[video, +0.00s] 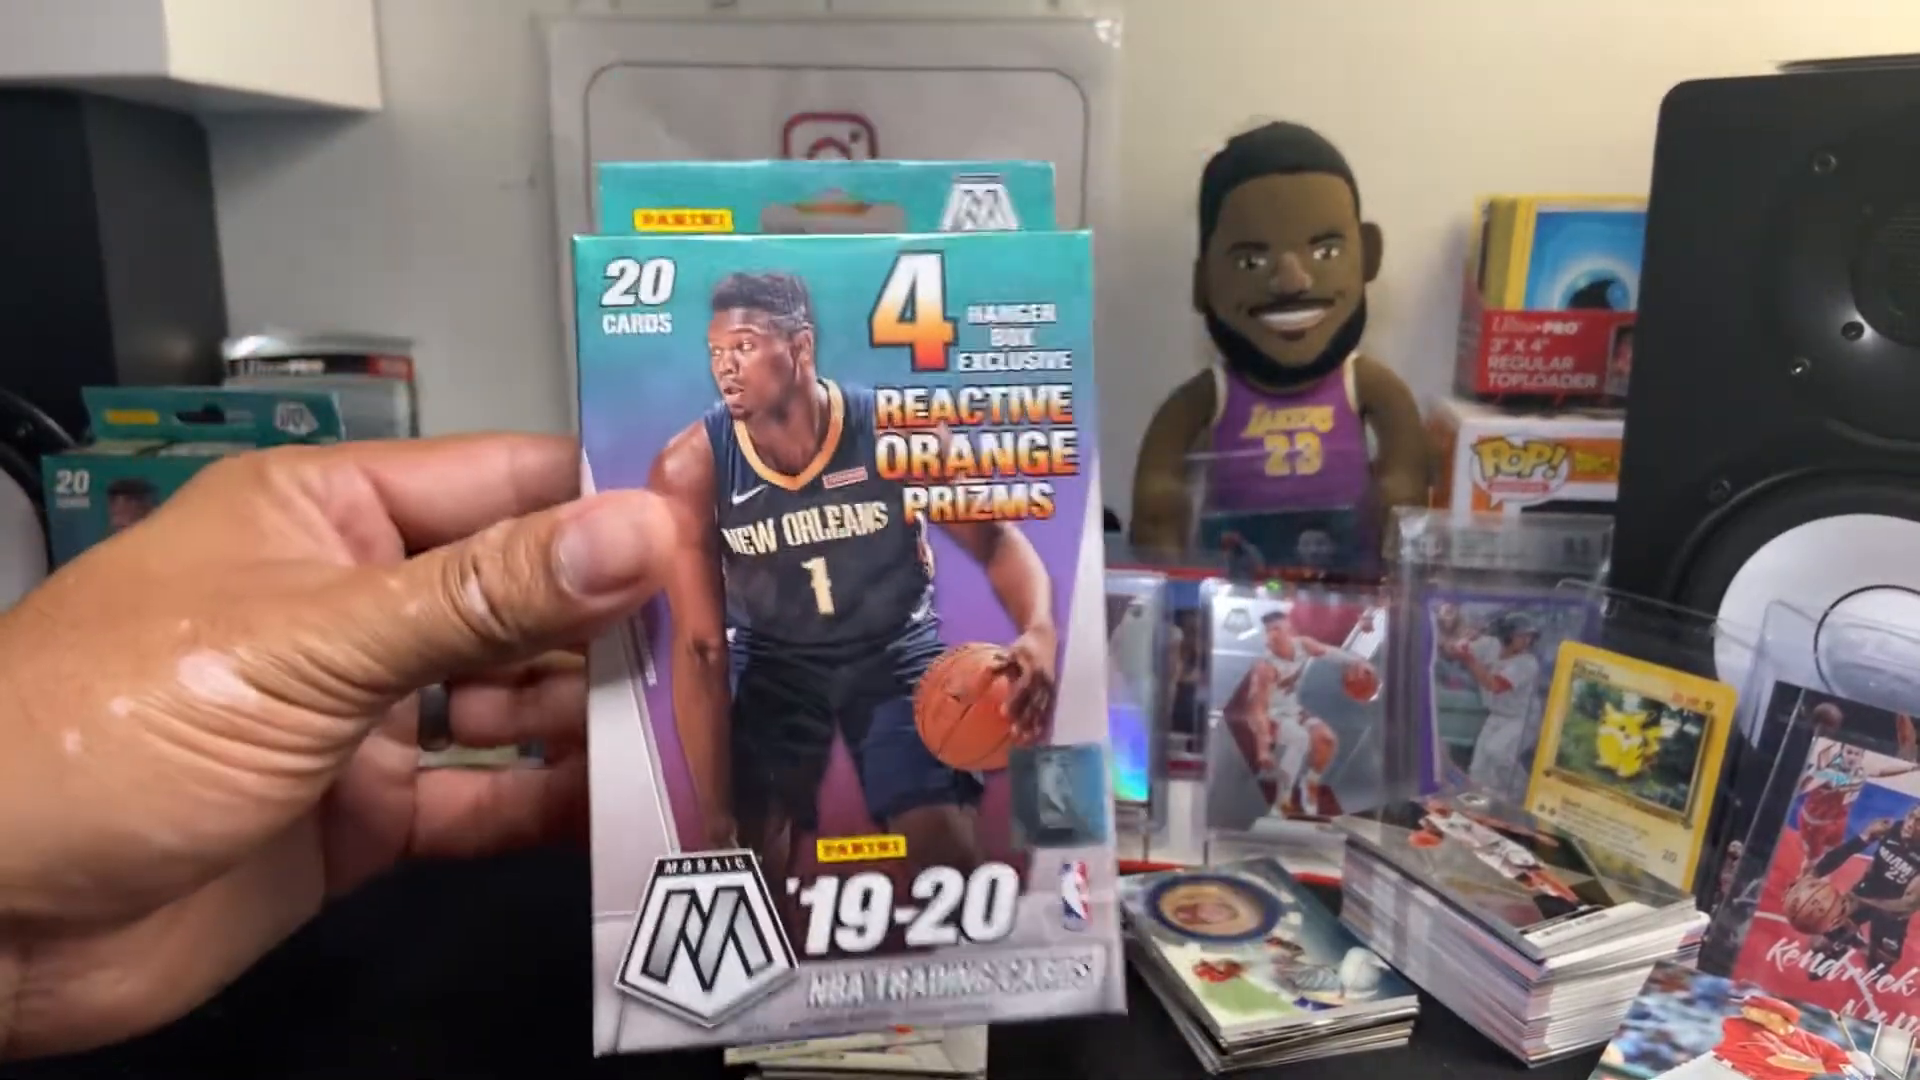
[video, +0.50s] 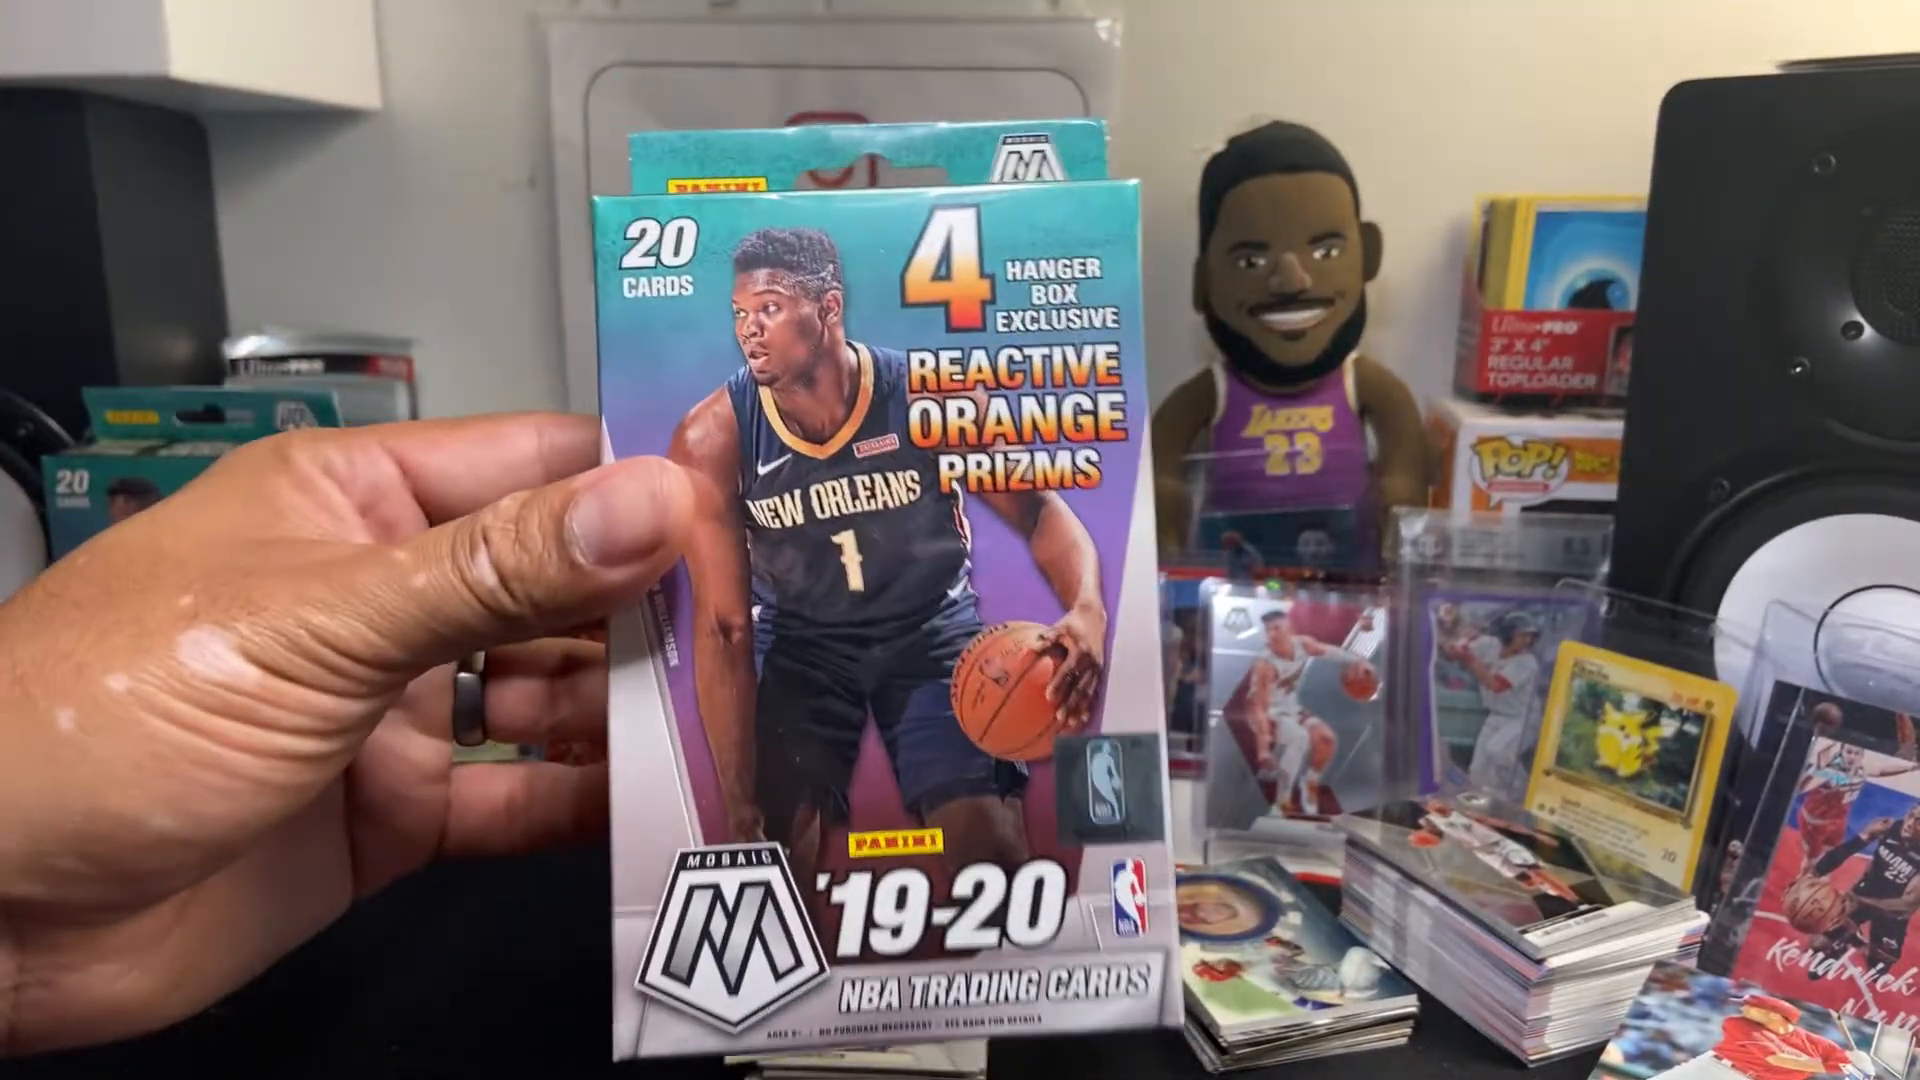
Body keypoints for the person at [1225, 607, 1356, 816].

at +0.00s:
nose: (1274, 635)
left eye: (1278, 629)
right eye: (1270, 630)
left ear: (1289, 629)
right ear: (1266, 634)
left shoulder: (1303, 645)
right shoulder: (1265, 667)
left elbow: (1333, 653)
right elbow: (1257, 710)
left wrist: (1360, 663)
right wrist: (1263, 750)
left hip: (1295, 710)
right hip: (1271, 713)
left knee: (1327, 740)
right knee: (1299, 738)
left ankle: (1311, 785)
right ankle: (1283, 799)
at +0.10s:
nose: (1275, 634)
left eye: (1279, 628)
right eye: (1270, 630)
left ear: (1288, 628)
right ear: (1266, 634)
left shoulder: (1302, 644)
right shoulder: (1264, 666)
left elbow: (1331, 652)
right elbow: (1257, 708)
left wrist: (1359, 662)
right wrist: (1263, 748)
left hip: (1295, 710)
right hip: (1272, 714)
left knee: (1326, 738)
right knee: (1299, 738)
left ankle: (1311, 784)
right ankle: (1283, 798)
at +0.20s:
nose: (1274, 634)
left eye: (1278, 628)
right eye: (1270, 630)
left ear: (1289, 629)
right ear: (1266, 634)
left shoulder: (1303, 645)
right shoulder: (1264, 665)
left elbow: (1331, 652)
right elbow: (1257, 709)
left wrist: (1359, 662)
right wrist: (1263, 750)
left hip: (1294, 710)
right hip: (1271, 713)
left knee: (1326, 739)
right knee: (1299, 737)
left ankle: (1310, 784)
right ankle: (1283, 800)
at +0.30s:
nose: (1275, 634)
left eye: (1278, 628)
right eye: (1270, 630)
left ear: (1288, 628)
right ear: (1266, 634)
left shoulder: (1303, 644)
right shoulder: (1264, 665)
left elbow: (1331, 652)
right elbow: (1257, 709)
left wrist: (1359, 662)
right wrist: (1263, 749)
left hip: (1294, 709)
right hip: (1271, 712)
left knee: (1326, 739)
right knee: (1299, 737)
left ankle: (1310, 784)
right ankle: (1283, 800)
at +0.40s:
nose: (1274, 634)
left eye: (1278, 628)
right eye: (1270, 630)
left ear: (1288, 628)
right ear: (1266, 634)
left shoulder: (1302, 644)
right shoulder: (1265, 665)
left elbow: (1330, 652)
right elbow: (1257, 708)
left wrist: (1359, 662)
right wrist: (1263, 749)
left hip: (1294, 709)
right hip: (1271, 713)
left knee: (1326, 739)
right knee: (1299, 738)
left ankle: (1311, 785)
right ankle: (1282, 800)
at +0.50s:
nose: (1274, 634)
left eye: (1278, 628)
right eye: (1270, 629)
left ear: (1288, 628)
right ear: (1266, 633)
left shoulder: (1302, 644)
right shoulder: (1265, 665)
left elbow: (1332, 652)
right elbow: (1257, 707)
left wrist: (1360, 662)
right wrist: (1263, 749)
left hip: (1294, 709)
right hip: (1271, 712)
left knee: (1326, 739)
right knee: (1299, 739)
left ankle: (1311, 785)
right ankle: (1282, 801)